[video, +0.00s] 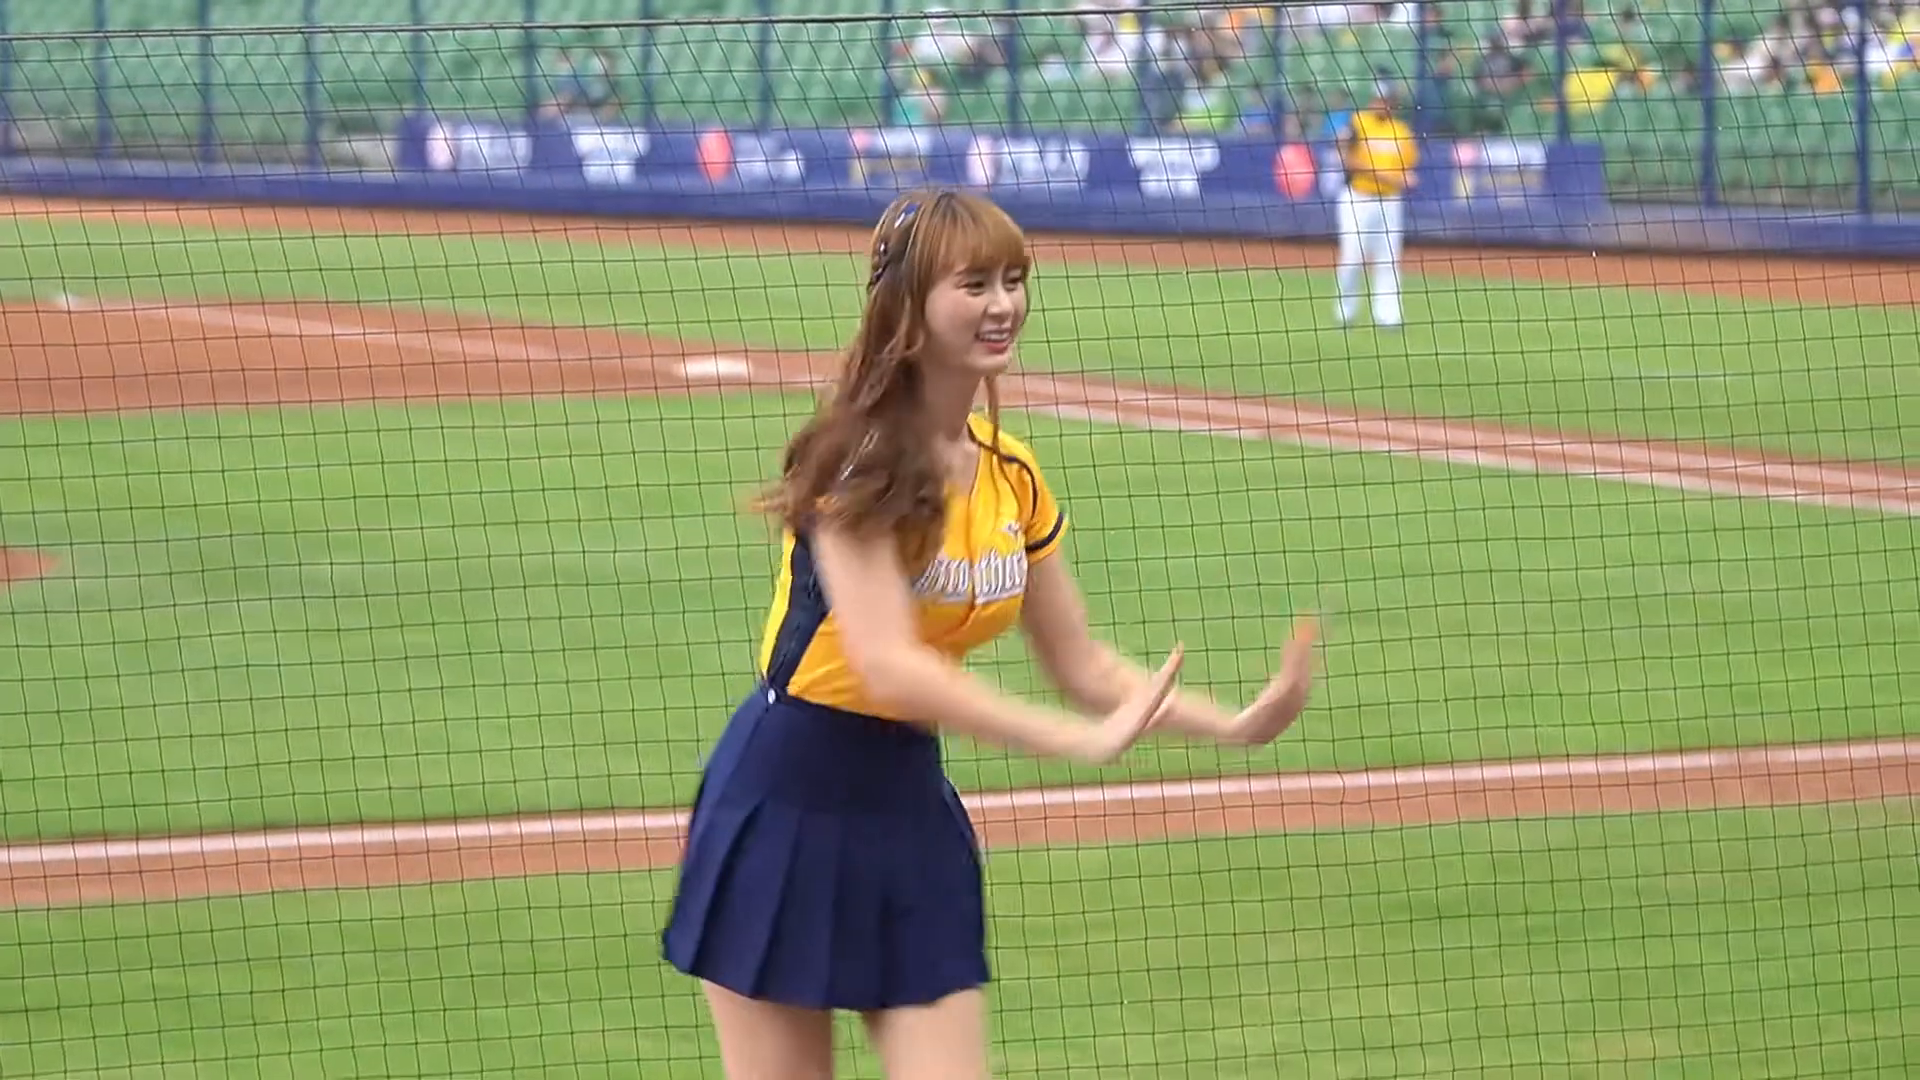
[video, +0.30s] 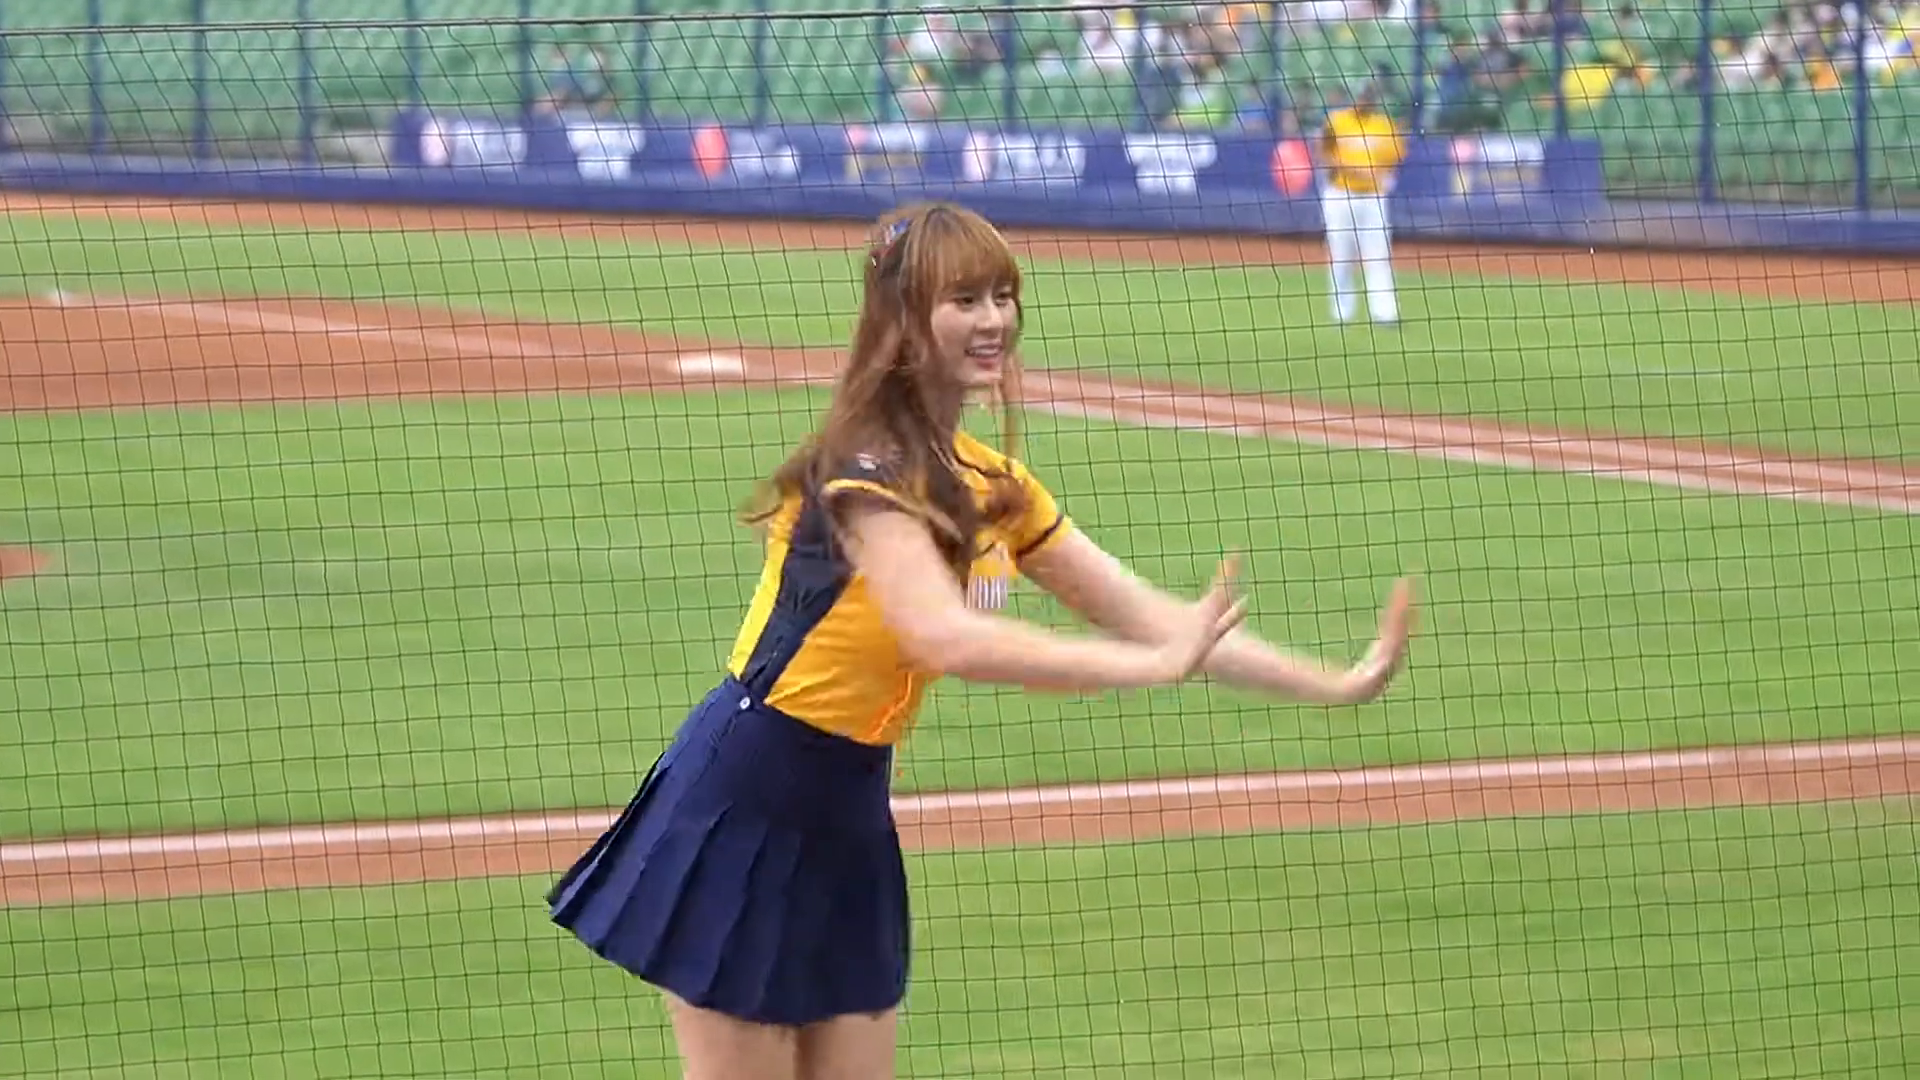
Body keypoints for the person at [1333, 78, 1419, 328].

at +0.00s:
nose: (1384, 106)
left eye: (1388, 101)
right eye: (1379, 100)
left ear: (1395, 102)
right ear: (1372, 100)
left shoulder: (1402, 130)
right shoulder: (1358, 122)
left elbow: (1409, 171)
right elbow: (1345, 158)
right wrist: (1384, 174)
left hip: (1390, 200)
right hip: (1358, 198)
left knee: (1388, 258)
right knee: (1353, 256)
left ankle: (1388, 313)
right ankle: (1345, 310)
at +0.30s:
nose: (1366, 101)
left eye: (1371, 97)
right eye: (1363, 95)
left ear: (1378, 99)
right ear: (1356, 96)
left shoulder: (1385, 125)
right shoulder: (1336, 121)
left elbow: (1395, 156)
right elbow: (1322, 153)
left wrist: (1379, 174)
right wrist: (1348, 170)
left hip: (1373, 196)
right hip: (1339, 196)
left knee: (1377, 253)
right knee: (1341, 255)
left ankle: (1384, 310)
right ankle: (1342, 310)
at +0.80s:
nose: (1369, 92)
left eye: (1373, 87)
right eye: (1365, 87)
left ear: (1381, 87)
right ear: (1358, 88)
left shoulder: (1398, 111)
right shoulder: (1348, 113)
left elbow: (1416, 142)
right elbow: (1335, 143)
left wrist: (1391, 160)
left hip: (1394, 184)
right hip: (1359, 185)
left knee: (1403, 241)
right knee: (1364, 244)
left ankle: (1407, 300)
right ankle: (1370, 302)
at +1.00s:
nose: (1369, 83)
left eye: (1373, 78)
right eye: (1365, 78)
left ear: (1381, 79)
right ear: (1359, 81)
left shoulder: (1399, 104)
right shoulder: (1349, 107)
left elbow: (1418, 133)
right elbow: (1338, 136)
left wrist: (1398, 155)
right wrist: (1354, 157)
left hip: (1396, 176)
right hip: (1361, 177)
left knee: (1403, 234)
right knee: (1365, 237)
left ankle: (1392, 283)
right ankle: (1371, 295)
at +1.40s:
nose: (1383, 70)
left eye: (1386, 65)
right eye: (1378, 65)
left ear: (1393, 67)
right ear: (1370, 68)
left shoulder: (1412, 92)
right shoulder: (1362, 92)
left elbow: (1429, 124)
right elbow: (1349, 126)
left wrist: (1416, 147)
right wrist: (1373, 148)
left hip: (1405, 168)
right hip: (1372, 168)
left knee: (1401, 226)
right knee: (1378, 225)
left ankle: (1398, 280)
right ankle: (1380, 283)